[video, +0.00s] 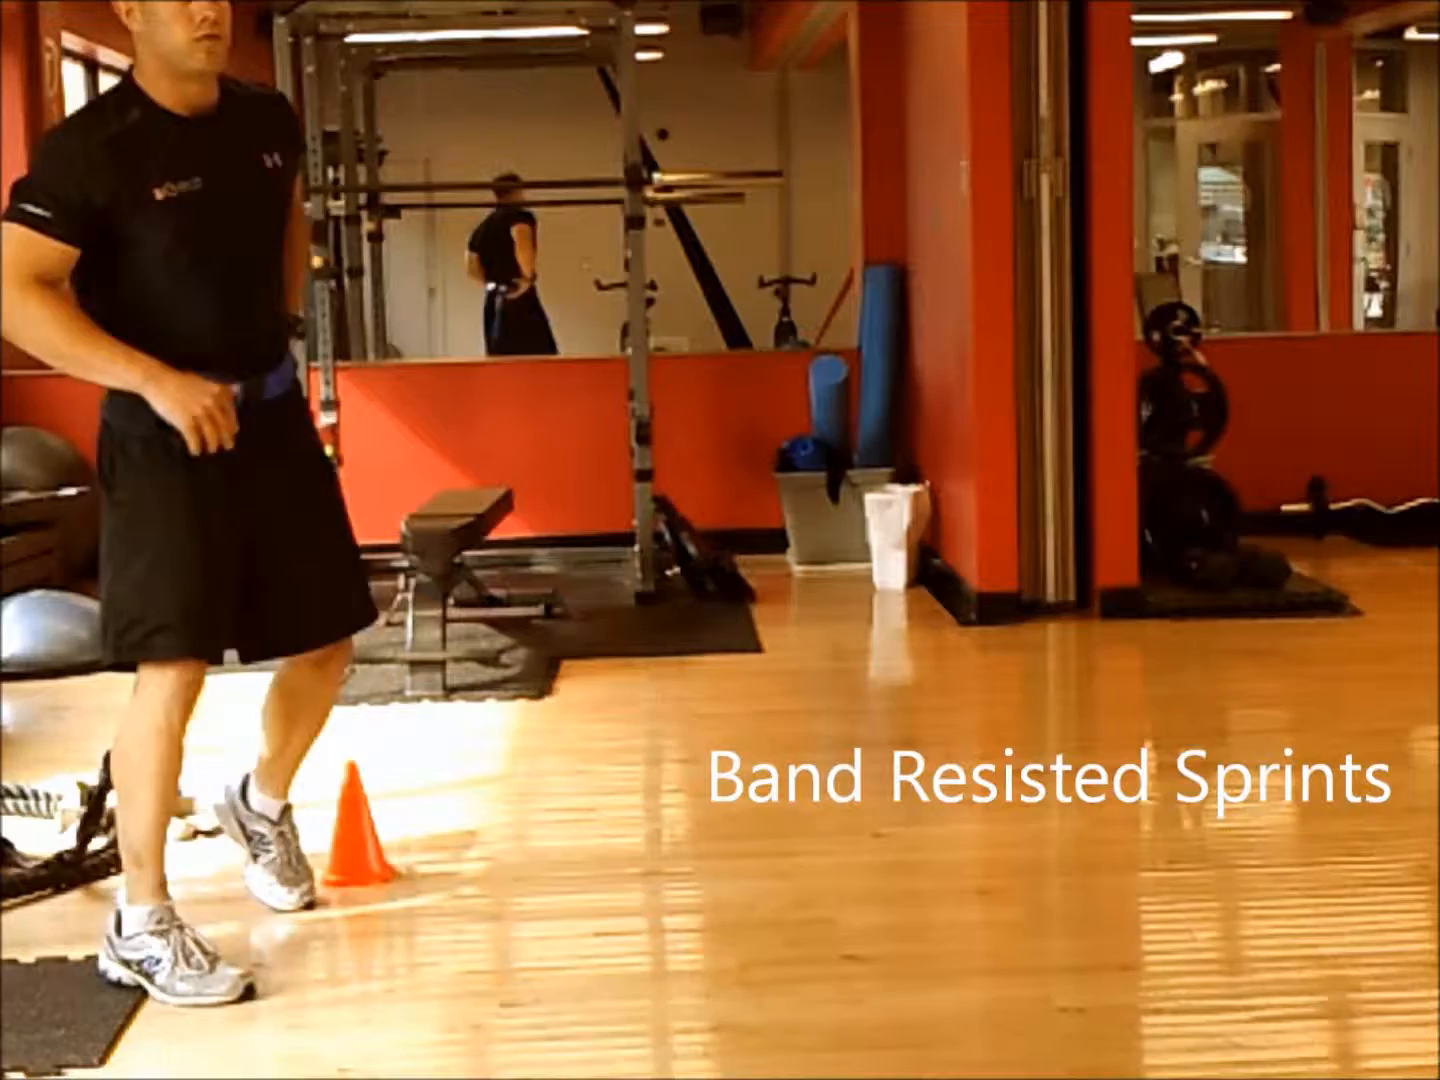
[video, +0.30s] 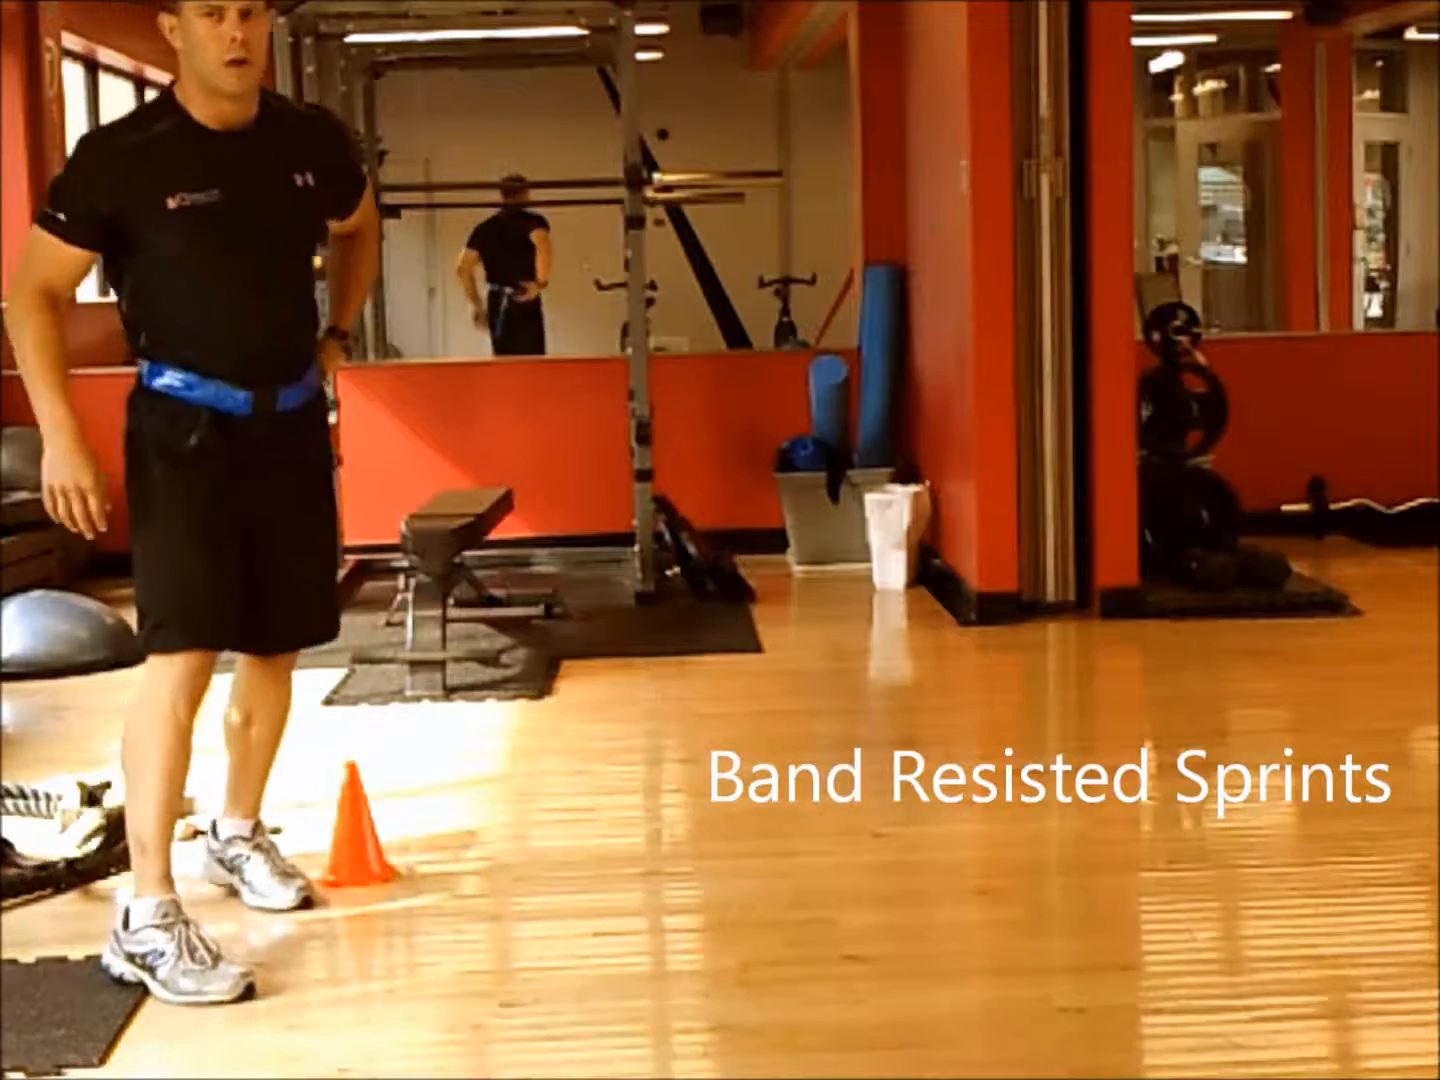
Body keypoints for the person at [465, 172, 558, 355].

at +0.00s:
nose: (523, 195)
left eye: (521, 190)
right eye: (520, 190)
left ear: (497, 194)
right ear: (515, 192)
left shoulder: (483, 226)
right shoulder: (520, 216)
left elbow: (472, 267)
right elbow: (522, 242)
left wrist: (494, 281)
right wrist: (529, 276)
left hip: (495, 297)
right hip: (521, 294)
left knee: (500, 355)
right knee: (536, 354)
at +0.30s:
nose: (528, 196)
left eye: (524, 192)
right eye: (526, 192)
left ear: (503, 196)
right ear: (525, 195)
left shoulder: (485, 227)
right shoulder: (534, 222)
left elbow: (464, 268)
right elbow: (542, 246)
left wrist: (476, 304)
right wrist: (540, 282)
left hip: (496, 298)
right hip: (528, 296)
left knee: (504, 360)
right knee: (532, 359)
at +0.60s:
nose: (536, 198)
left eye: (534, 194)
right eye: (535, 195)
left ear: (511, 196)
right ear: (532, 197)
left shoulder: (487, 224)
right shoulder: (538, 222)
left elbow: (463, 264)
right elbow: (546, 250)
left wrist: (468, 303)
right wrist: (543, 285)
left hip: (493, 297)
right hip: (524, 297)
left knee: (498, 358)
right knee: (526, 359)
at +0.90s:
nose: (539, 197)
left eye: (538, 193)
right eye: (537, 193)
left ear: (514, 194)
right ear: (533, 195)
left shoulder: (490, 223)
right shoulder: (538, 224)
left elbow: (467, 263)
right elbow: (547, 262)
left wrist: (475, 302)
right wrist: (570, 298)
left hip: (496, 299)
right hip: (525, 301)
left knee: (501, 360)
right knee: (530, 360)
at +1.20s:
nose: (551, 202)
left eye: (550, 197)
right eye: (550, 197)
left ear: (527, 196)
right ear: (547, 199)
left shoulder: (500, 224)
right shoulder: (550, 230)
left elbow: (473, 262)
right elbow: (557, 268)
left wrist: (478, 301)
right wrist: (572, 304)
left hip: (498, 300)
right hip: (528, 303)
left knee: (501, 359)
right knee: (531, 360)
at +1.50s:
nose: (575, 223)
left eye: (574, 218)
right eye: (574, 218)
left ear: (552, 216)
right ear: (572, 218)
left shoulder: (527, 235)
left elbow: (487, 251)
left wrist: (477, 287)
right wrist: (595, 288)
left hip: (509, 306)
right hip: (537, 312)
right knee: (538, 369)